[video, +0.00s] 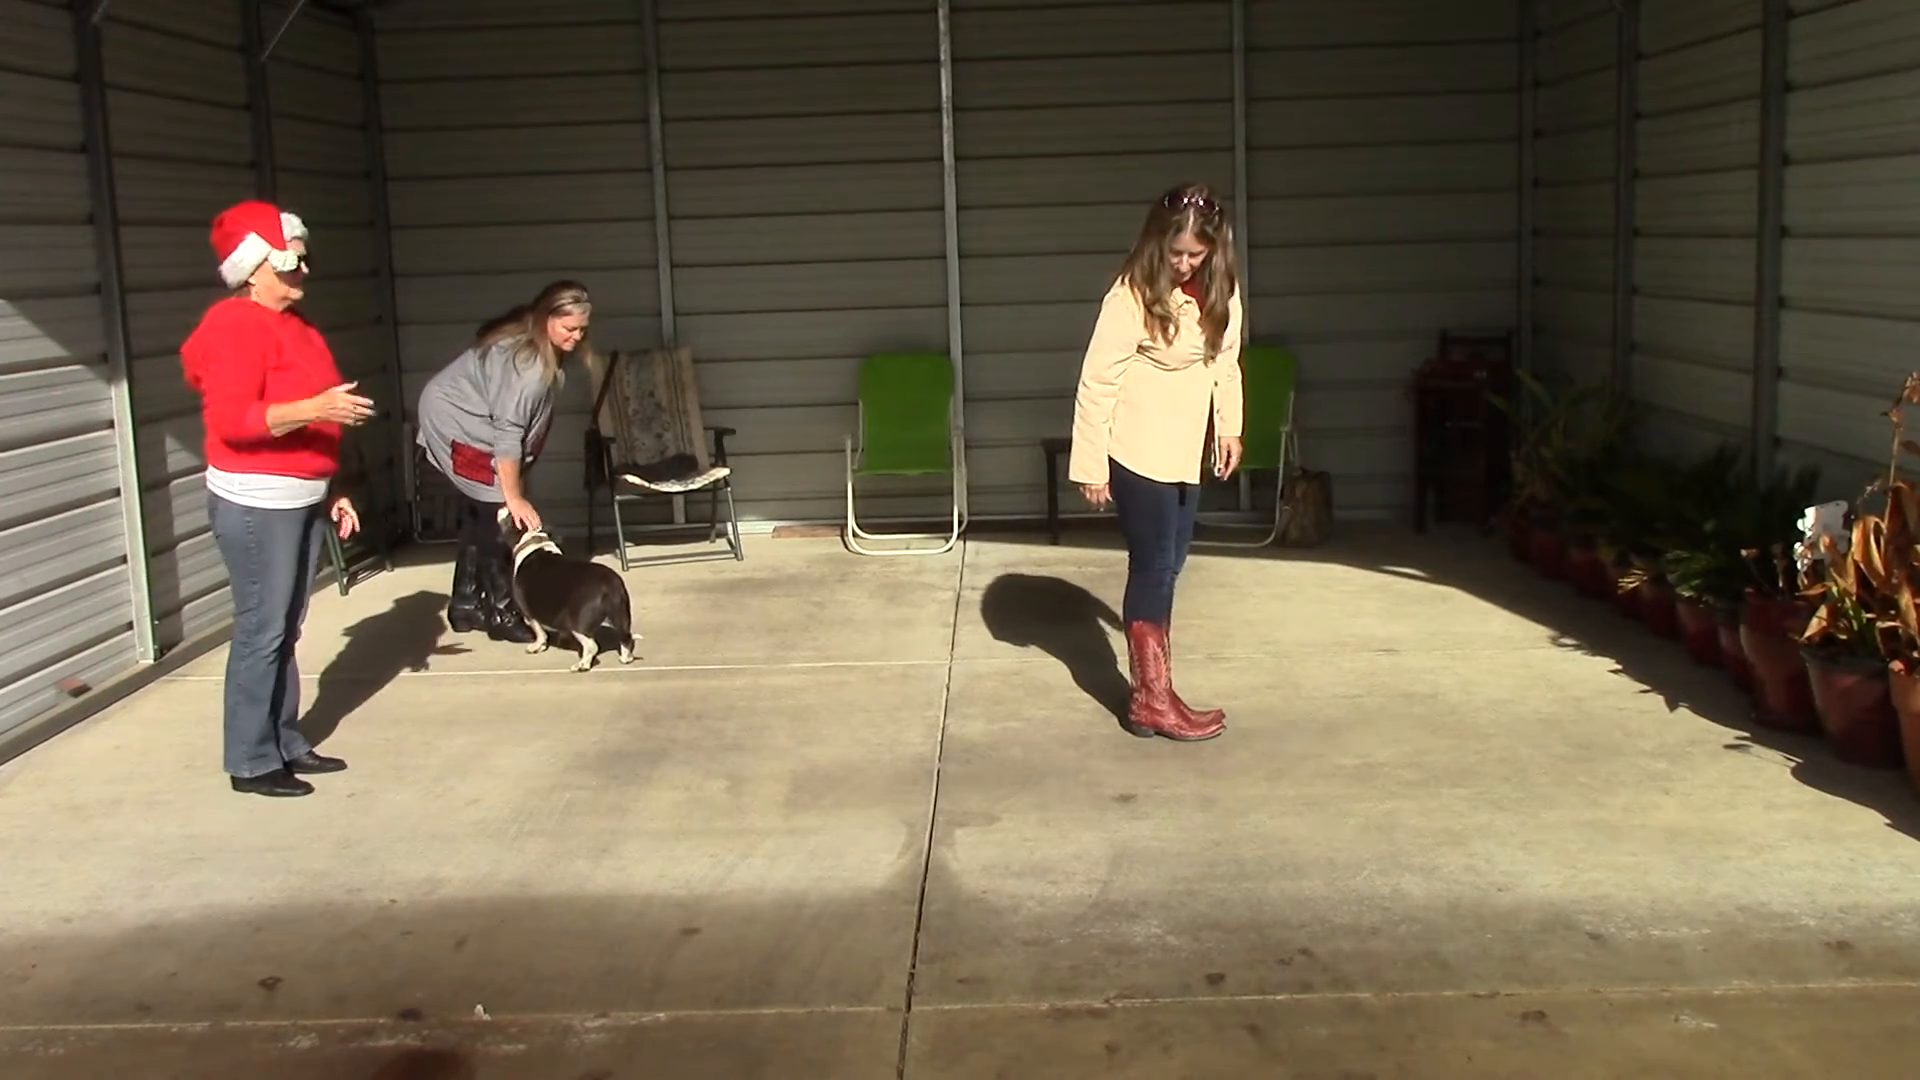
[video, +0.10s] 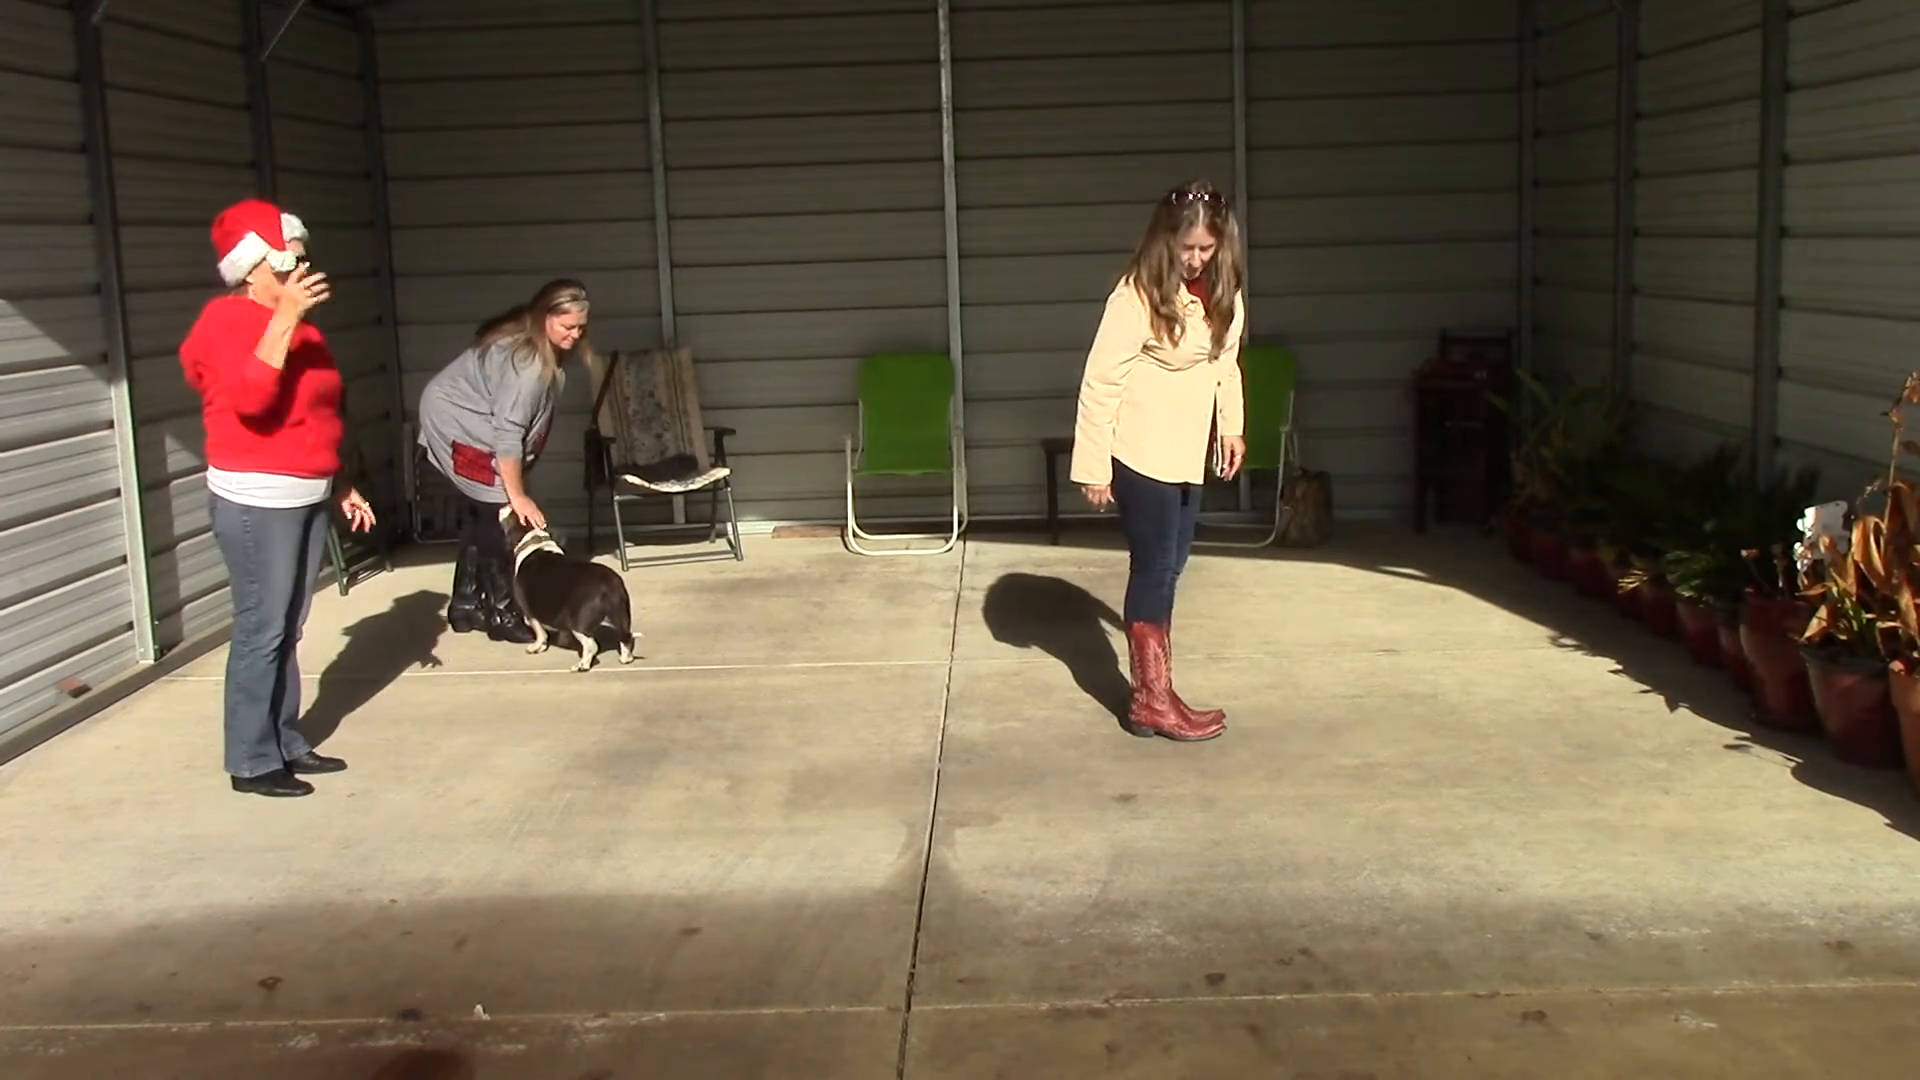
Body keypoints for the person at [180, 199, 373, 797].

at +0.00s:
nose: (302, 272)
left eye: (303, 261)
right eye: (289, 263)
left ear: (297, 261)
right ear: (252, 267)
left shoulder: (299, 329)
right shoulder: (231, 326)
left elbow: (313, 419)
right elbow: (230, 421)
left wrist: (331, 488)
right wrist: (313, 408)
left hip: (299, 497)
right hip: (253, 500)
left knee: (284, 631)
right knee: (260, 633)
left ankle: (281, 744)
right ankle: (249, 761)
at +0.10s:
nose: (297, 273)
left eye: (298, 263)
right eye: (284, 264)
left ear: (297, 263)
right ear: (247, 270)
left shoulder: (301, 326)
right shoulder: (224, 321)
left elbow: (316, 413)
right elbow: (250, 399)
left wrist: (340, 484)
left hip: (305, 496)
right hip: (255, 499)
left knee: (287, 628)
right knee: (260, 631)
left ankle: (282, 743)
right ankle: (249, 761)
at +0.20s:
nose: (294, 257)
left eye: (293, 248)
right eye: (282, 248)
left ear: (282, 259)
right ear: (245, 259)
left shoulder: (294, 322)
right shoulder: (218, 317)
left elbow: (317, 411)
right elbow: (259, 357)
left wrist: (347, 480)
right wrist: (262, 273)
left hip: (308, 494)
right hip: (256, 496)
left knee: (289, 629)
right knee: (262, 629)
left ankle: (283, 743)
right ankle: (250, 761)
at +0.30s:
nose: (290, 256)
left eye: (289, 247)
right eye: (278, 246)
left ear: (279, 258)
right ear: (244, 258)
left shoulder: (293, 326)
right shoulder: (215, 316)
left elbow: (317, 411)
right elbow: (260, 337)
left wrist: (347, 477)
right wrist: (263, 265)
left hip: (308, 493)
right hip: (256, 496)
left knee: (290, 629)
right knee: (263, 630)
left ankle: (283, 743)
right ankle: (251, 762)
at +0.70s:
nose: (294, 276)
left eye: (295, 266)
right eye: (286, 266)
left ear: (283, 268)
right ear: (246, 265)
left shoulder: (280, 330)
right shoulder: (207, 319)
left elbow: (307, 418)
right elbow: (249, 286)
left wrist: (330, 494)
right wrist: (257, 224)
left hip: (300, 494)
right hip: (251, 498)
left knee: (284, 631)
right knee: (261, 631)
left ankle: (282, 742)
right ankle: (250, 762)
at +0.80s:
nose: (292, 276)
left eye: (293, 266)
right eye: (284, 266)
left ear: (282, 265)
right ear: (242, 263)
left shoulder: (273, 326)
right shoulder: (206, 315)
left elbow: (303, 417)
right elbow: (246, 291)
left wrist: (328, 492)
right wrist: (249, 239)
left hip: (297, 493)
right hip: (248, 497)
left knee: (284, 630)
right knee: (260, 631)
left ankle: (282, 743)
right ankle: (250, 762)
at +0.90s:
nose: (284, 275)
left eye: (286, 265)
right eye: (275, 265)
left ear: (283, 268)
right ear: (233, 264)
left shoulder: (273, 330)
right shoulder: (202, 318)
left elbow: (303, 419)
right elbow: (246, 291)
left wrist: (327, 492)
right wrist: (245, 242)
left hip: (296, 494)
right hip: (246, 498)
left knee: (283, 630)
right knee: (259, 631)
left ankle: (282, 743)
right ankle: (250, 762)